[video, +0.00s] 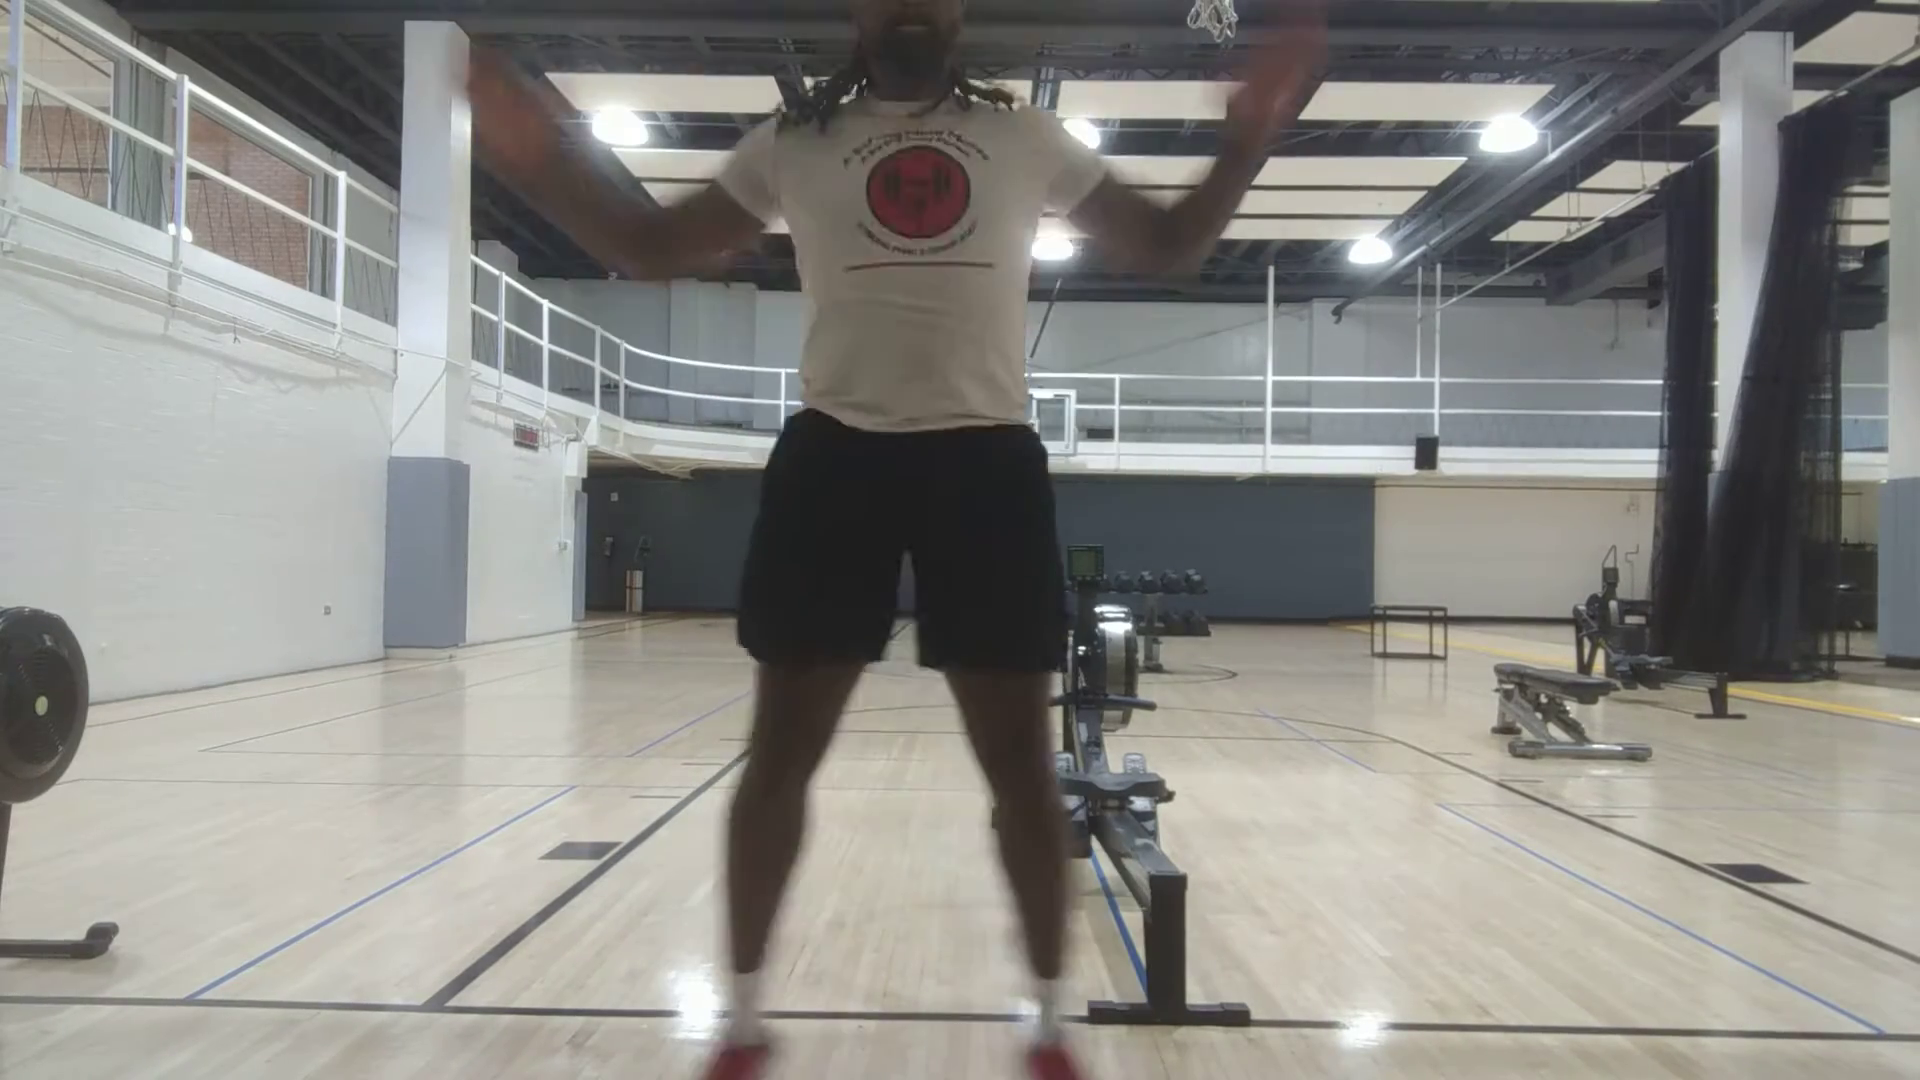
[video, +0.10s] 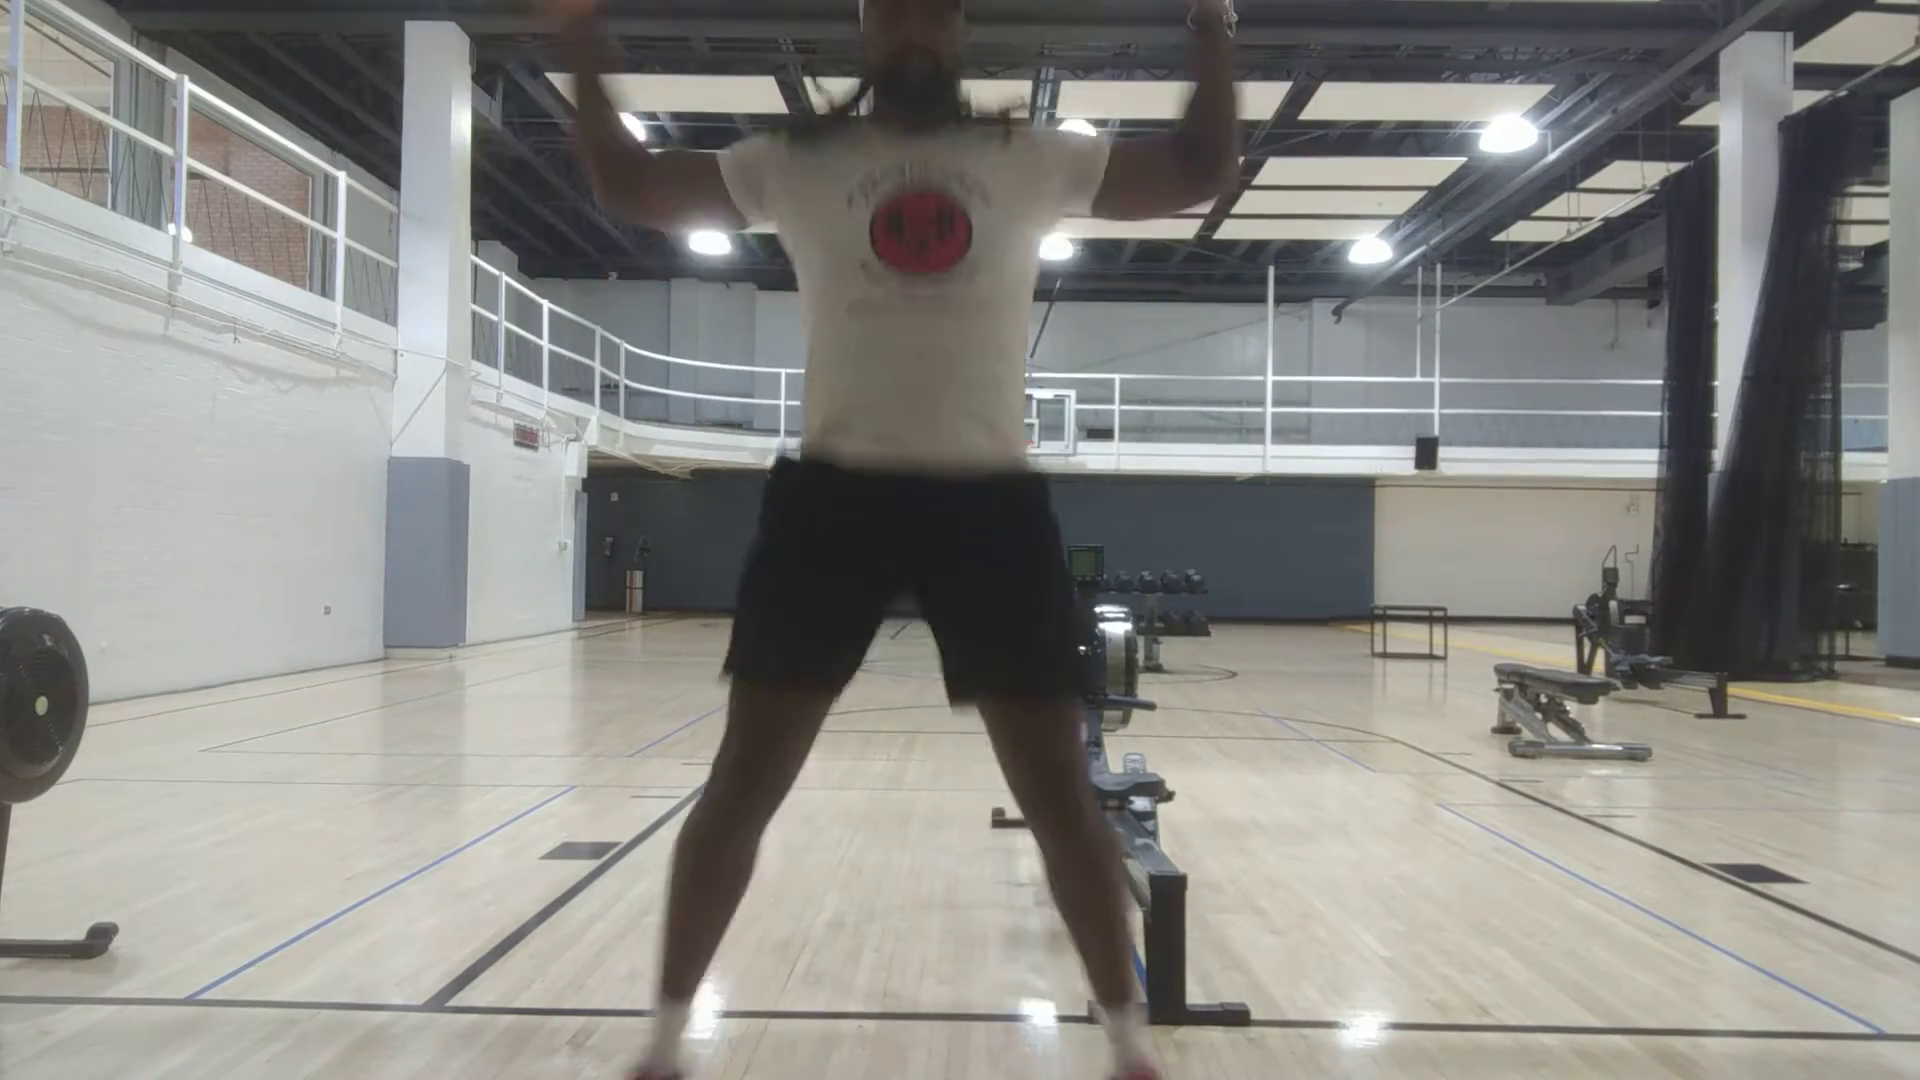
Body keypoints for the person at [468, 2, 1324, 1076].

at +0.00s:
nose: (914, 11)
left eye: (932, 1)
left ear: (962, 21)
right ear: (856, 22)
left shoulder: (1021, 135)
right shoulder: (797, 144)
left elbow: (1168, 242)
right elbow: (649, 241)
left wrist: (1250, 134)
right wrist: (542, 155)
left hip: (987, 470)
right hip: (833, 467)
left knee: (1021, 761)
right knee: (782, 749)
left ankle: (1050, 1027)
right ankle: (739, 1025)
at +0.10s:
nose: (915, 29)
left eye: (935, 13)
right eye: (894, 12)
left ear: (965, 30)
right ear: (862, 30)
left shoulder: (1029, 160)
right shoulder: (799, 162)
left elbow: (1203, 167)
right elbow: (629, 183)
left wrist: (1213, 37)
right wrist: (586, 50)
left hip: (991, 502)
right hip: (833, 497)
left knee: (1061, 790)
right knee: (745, 781)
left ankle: (1132, 1044)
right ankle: (665, 1037)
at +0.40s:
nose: (922, 39)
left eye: (940, 22)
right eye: (901, 20)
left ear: (965, 42)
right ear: (864, 37)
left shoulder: (1027, 174)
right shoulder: (803, 172)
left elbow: (1183, 228)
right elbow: (646, 209)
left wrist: (1246, 98)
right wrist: (596, 70)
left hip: (998, 511)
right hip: (844, 509)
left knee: (1055, 779)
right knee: (769, 773)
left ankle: (1091, 1029)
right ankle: (724, 1022)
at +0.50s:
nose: (920, 14)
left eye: (942, 0)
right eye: (900, 1)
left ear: (975, 22)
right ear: (870, 19)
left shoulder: (1039, 158)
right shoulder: (805, 157)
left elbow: (1134, 287)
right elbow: (691, 269)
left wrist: (1210, 230)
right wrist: (623, 192)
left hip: (995, 480)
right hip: (845, 478)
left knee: (1010, 766)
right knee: (818, 758)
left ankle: (1000, 1021)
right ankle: (827, 1022)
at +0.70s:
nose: (924, 142)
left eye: (944, 124)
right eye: (905, 124)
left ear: (977, 135)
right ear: (878, 134)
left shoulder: (1037, 287)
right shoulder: (817, 279)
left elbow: (1074, 421)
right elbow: (771, 427)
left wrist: (1058, 459)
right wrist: (797, 457)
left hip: (991, 599)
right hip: (849, 596)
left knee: (987, 863)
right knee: (849, 858)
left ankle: (954, 1065)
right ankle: (871, 1064)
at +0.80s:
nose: (927, 102)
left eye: (948, 83)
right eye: (907, 82)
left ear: (979, 104)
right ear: (880, 103)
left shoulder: (1038, 263)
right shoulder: (823, 251)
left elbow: (1085, 387)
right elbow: (770, 384)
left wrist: (1100, 404)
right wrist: (751, 390)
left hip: (995, 559)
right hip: (855, 558)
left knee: (986, 816)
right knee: (853, 809)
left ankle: (961, 1053)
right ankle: (867, 1054)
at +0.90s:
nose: (932, 30)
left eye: (952, 15)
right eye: (913, 14)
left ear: (982, 36)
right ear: (882, 32)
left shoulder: (1042, 179)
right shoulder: (820, 175)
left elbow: (1124, 321)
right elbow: (725, 317)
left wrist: (1167, 284)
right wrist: (666, 276)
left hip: (998, 494)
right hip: (856, 491)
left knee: (1002, 766)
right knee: (834, 755)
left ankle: (999, 1019)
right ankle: (830, 1016)